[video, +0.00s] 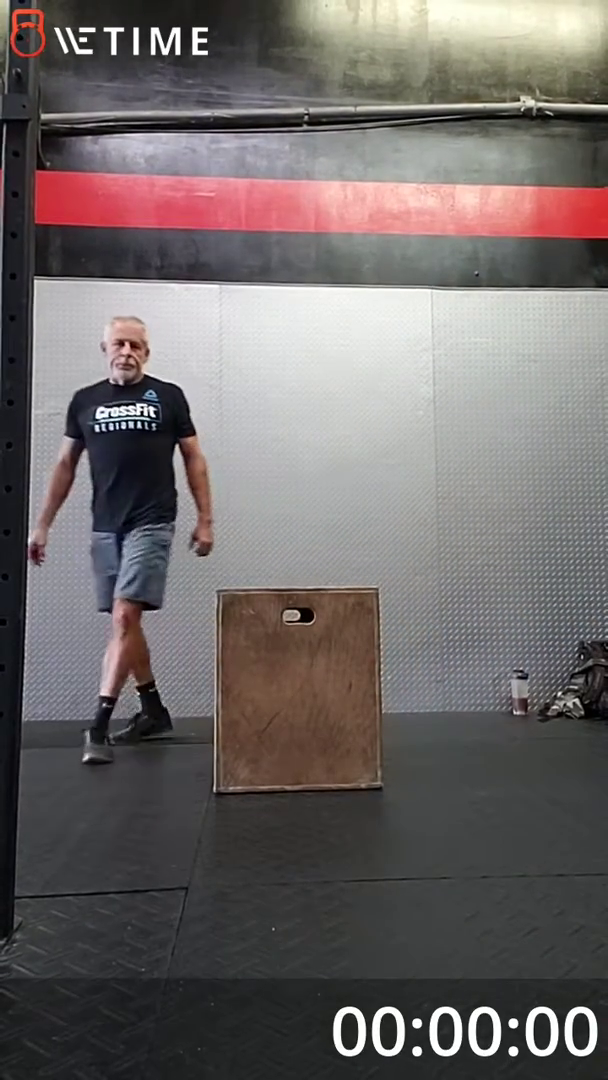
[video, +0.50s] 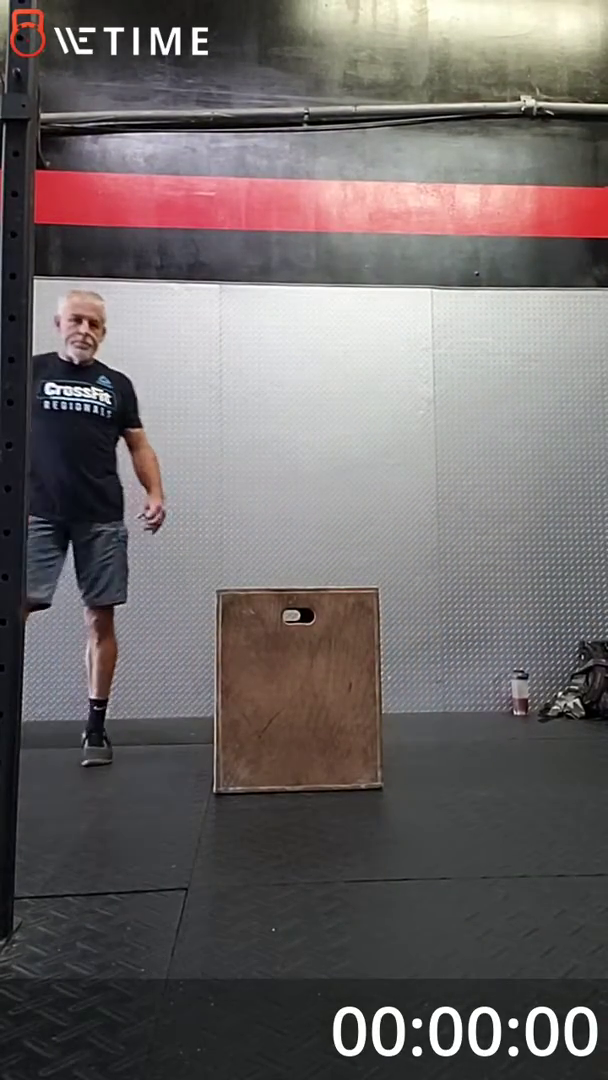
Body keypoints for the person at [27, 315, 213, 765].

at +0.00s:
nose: (127, 352)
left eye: (135, 345)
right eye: (119, 344)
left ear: (146, 352)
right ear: (105, 350)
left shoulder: (168, 397)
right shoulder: (84, 401)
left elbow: (193, 458)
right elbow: (66, 465)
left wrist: (205, 519)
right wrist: (42, 526)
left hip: (152, 521)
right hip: (106, 525)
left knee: (125, 613)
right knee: (123, 619)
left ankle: (98, 726)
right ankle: (153, 709)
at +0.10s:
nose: (122, 346)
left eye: (130, 340)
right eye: (115, 339)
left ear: (141, 348)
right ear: (100, 344)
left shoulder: (160, 395)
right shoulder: (75, 394)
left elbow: (182, 459)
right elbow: (59, 460)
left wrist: (193, 522)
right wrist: (40, 520)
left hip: (137, 522)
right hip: (89, 524)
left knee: (116, 616)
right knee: (93, 624)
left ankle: (98, 728)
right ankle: (143, 698)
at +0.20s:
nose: (117, 343)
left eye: (125, 337)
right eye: (109, 335)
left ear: (135, 345)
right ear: (94, 339)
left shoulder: (152, 393)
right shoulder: (65, 388)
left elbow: (173, 459)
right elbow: (49, 452)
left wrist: (183, 521)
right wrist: (37, 511)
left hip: (128, 524)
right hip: (73, 522)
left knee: (114, 618)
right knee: (58, 619)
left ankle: (97, 728)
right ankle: (114, 684)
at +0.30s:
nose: (108, 339)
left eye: (117, 333)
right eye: (101, 330)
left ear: (126, 341)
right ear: (85, 333)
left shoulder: (143, 389)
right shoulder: (52, 382)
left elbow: (164, 454)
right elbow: (35, 447)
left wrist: (174, 511)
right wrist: (27, 504)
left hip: (120, 523)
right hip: (61, 519)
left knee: (112, 619)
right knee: (34, 612)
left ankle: (98, 727)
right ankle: (68, 693)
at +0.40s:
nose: (97, 333)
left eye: (106, 327)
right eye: (89, 324)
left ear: (116, 334)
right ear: (73, 328)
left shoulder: (132, 386)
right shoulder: (39, 377)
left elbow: (154, 448)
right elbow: (14, 436)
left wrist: (165, 501)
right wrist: (12, 499)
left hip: (112, 519)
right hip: (49, 514)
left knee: (107, 618)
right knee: (26, 606)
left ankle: (97, 728)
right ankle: (10, 714)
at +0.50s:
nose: (85, 329)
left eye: (93, 323)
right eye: (76, 320)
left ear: (103, 331)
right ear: (58, 324)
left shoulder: (118, 385)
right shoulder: (30, 372)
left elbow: (138, 445)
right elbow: (8, 432)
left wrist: (156, 494)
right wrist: (9, 495)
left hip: (101, 515)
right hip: (38, 512)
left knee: (101, 618)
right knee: (18, 610)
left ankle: (96, 728)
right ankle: (5, 721)